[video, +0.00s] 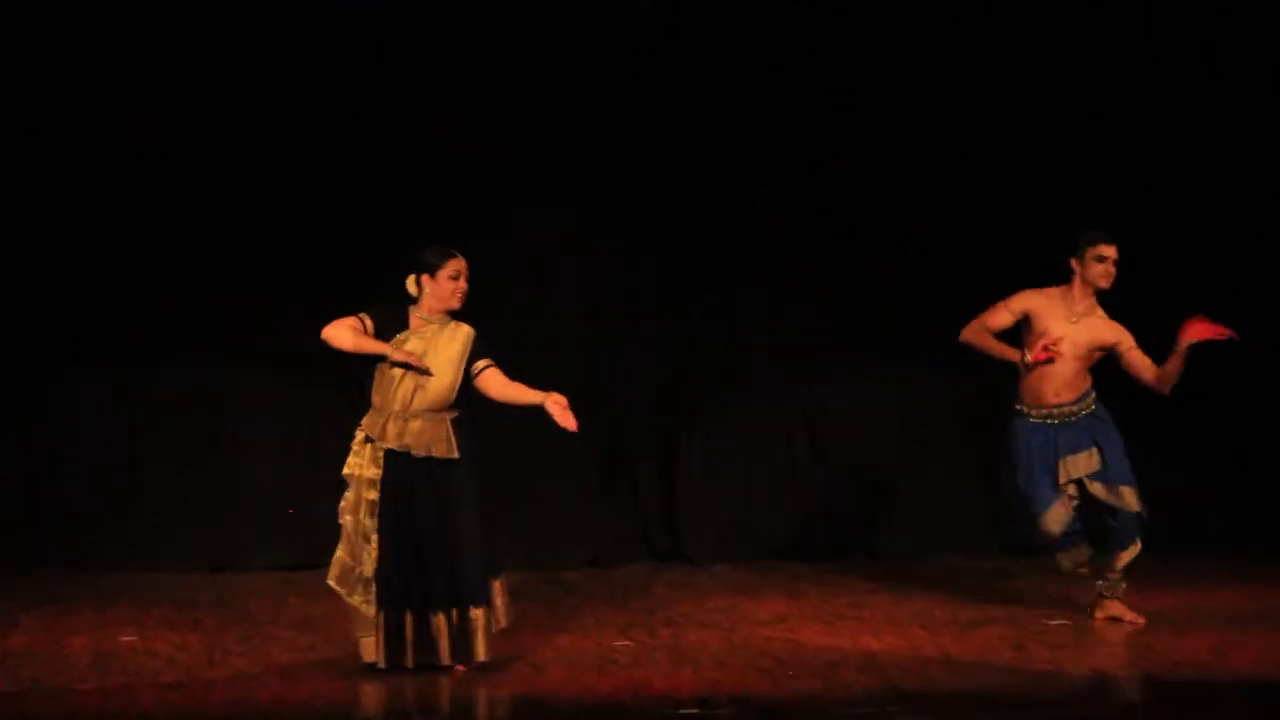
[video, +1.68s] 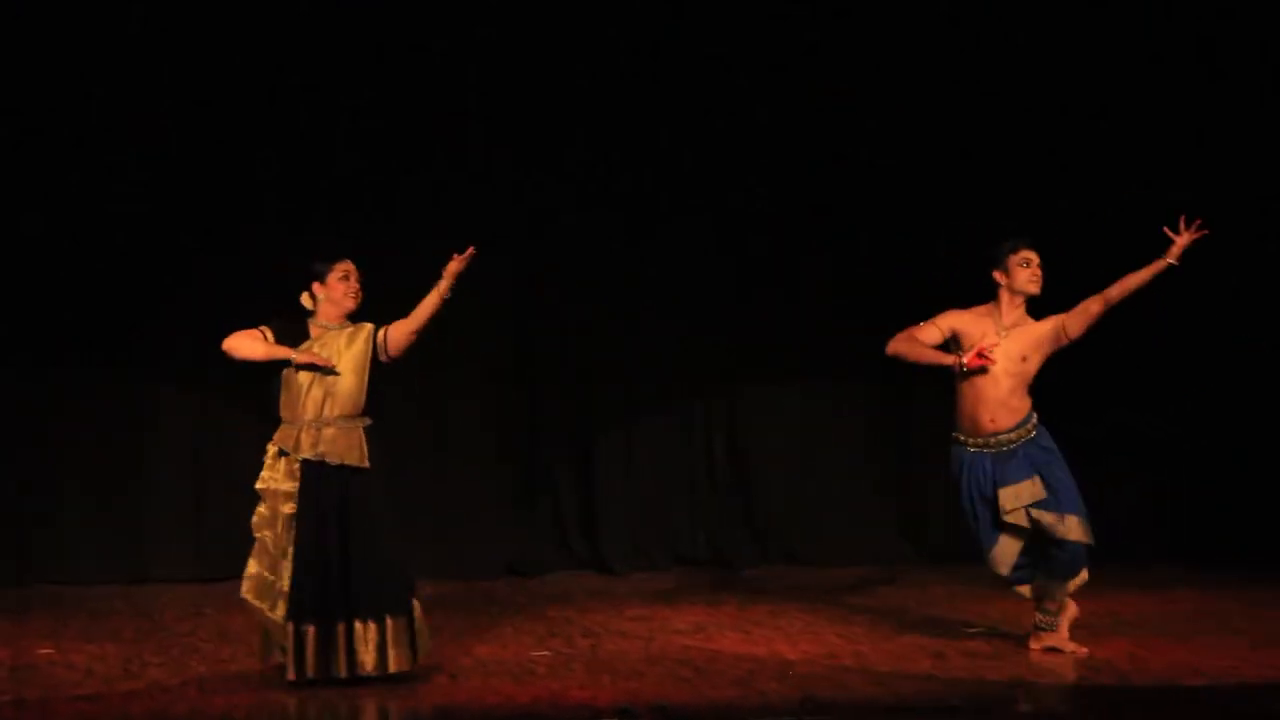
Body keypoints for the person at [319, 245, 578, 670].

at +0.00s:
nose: (463, 286)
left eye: (465, 279)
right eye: (454, 277)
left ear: (463, 285)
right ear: (424, 281)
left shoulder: (462, 339)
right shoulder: (390, 321)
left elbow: (495, 384)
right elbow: (332, 333)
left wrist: (543, 398)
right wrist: (389, 351)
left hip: (438, 451)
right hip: (384, 449)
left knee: (449, 541)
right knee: (391, 544)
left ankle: (452, 650)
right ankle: (394, 649)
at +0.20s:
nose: (446, 286)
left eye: (448, 278)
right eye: (437, 277)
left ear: (443, 287)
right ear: (406, 282)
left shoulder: (448, 336)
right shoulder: (377, 323)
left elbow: (485, 376)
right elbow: (317, 342)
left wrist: (508, 392)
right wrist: (373, 349)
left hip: (428, 451)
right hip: (375, 452)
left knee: (446, 542)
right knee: (380, 547)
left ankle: (454, 650)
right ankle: (403, 643)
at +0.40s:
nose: (385, 277)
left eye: (391, 270)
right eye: (375, 269)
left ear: (398, 278)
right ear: (355, 276)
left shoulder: (412, 326)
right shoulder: (335, 322)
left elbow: (474, 360)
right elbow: (281, 359)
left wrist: (432, 369)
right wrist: (322, 358)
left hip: (399, 447)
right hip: (343, 448)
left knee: (419, 539)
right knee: (345, 545)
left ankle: (430, 646)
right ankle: (342, 647)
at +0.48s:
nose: (344, 279)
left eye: (353, 270)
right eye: (336, 273)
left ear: (370, 277)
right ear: (327, 282)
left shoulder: (396, 324)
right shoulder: (319, 328)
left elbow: (458, 354)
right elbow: (272, 370)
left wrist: (414, 367)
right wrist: (296, 373)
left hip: (386, 447)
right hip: (331, 449)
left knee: (399, 541)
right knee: (336, 545)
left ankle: (404, 647)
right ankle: (339, 648)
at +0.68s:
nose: (287, 292)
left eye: (297, 282)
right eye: (281, 286)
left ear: (323, 287)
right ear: (279, 294)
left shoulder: (357, 329)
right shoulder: (282, 344)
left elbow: (422, 347)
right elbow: (257, 390)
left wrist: (379, 369)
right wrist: (227, 404)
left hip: (352, 456)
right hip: (296, 457)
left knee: (360, 549)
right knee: (295, 551)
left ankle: (365, 653)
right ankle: (304, 653)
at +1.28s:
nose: (303, 275)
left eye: (308, 268)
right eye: (292, 268)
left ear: (316, 281)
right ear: (271, 282)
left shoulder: (335, 327)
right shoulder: (258, 327)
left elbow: (391, 342)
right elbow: (199, 353)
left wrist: (390, 319)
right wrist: (257, 354)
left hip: (320, 452)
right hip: (263, 451)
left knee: (328, 552)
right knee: (250, 549)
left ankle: (332, 657)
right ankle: (238, 655)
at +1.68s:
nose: (354, 287)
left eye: (357, 281)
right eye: (344, 279)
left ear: (358, 293)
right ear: (317, 289)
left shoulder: (365, 338)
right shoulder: (291, 337)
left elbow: (410, 326)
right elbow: (232, 344)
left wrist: (446, 281)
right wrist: (291, 355)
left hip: (346, 459)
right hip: (294, 459)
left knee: (357, 553)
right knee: (299, 556)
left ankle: (363, 657)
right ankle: (302, 657)